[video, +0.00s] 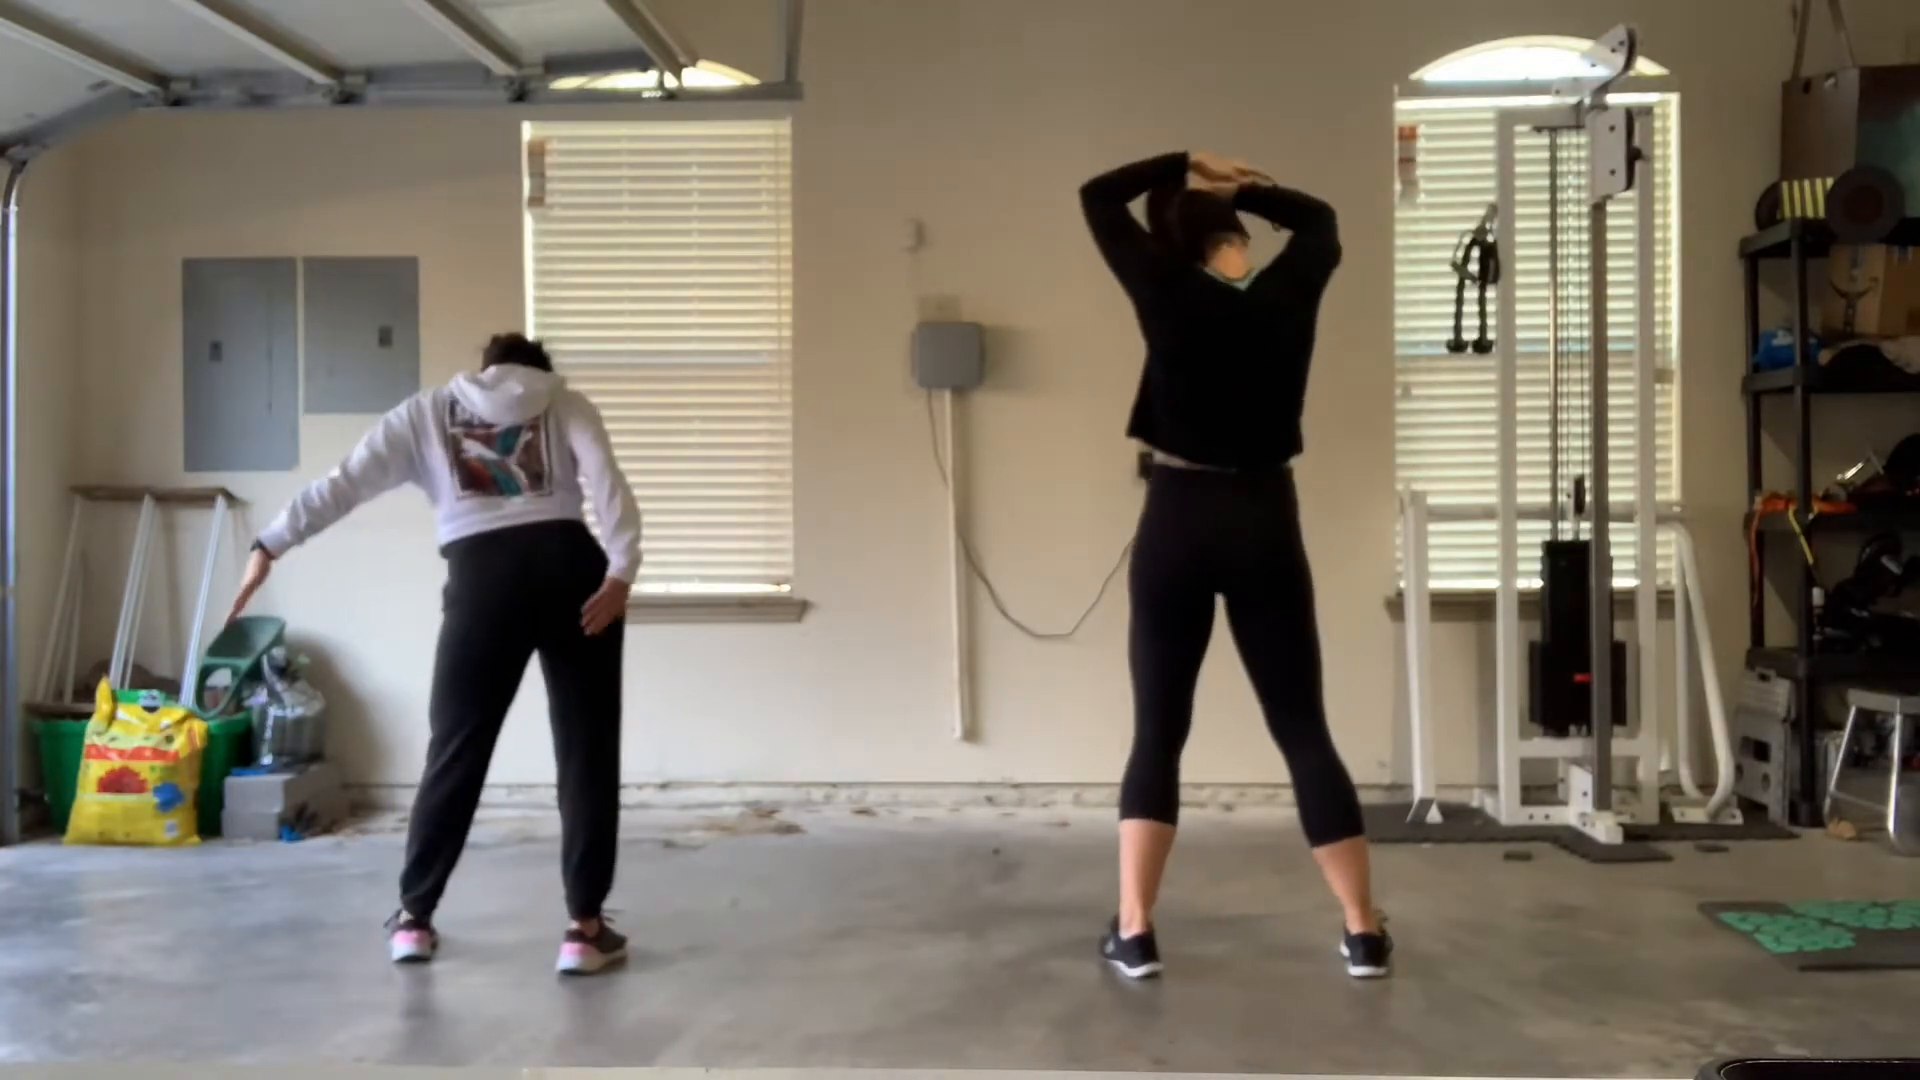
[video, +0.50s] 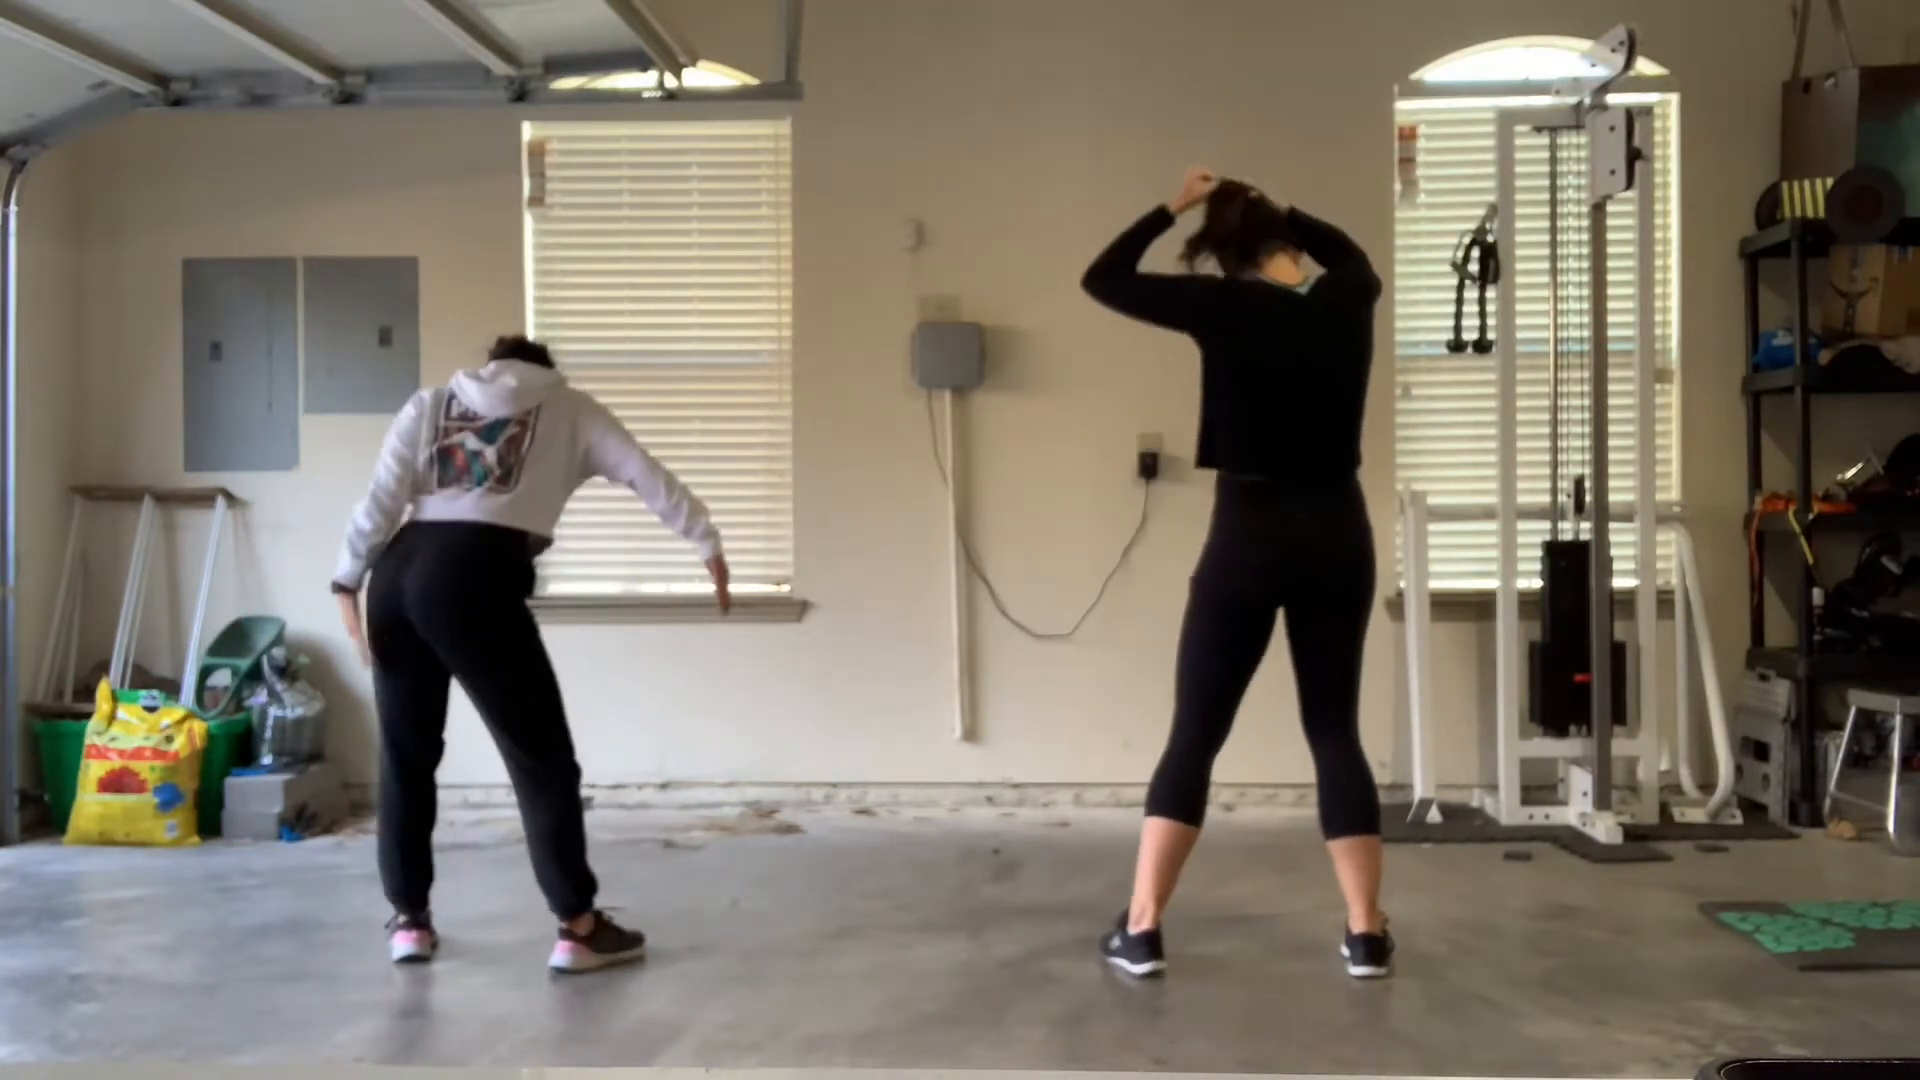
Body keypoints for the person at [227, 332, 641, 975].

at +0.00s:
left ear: (481, 369)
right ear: (541, 372)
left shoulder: (429, 409)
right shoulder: (567, 403)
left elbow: (347, 481)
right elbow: (604, 481)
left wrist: (268, 546)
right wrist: (621, 571)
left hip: (484, 575)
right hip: (573, 568)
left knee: (455, 751)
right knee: (588, 758)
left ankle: (414, 919)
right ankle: (585, 927)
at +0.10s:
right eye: (544, 372)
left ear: (481, 367)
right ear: (543, 369)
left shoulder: (431, 405)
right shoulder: (566, 401)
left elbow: (353, 477)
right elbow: (616, 476)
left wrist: (280, 544)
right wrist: (644, 569)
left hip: (468, 572)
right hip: (559, 568)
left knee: (447, 747)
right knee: (580, 750)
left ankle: (414, 920)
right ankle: (584, 925)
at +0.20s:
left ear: (481, 365)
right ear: (543, 369)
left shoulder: (433, 399)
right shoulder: (568, 401)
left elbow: (367, 471)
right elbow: (628, 467)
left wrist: (303, 539)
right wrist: (678, 550)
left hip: (442, 571)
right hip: (535, 569)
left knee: (430, 752)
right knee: (564, 752)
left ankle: (411, 920)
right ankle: (583, 926)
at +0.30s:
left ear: (483, 368)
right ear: (547, 372)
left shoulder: (433, 399)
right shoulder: (571, 407)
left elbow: (383, 472)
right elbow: (640, 466)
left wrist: (327, 551)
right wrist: (705, 540)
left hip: (418, 576)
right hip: (507, 577)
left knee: (413, 755)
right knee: (553, 756)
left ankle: (410, 920)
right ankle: (581, 925)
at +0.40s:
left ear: (486, 370)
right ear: (548, 374)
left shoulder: (431, 402)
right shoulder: (573, 408)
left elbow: (394, 488)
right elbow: (645, 469)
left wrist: (354, 579)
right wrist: (716, 540)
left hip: (401, 583)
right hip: (485, 585)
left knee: (402, 760)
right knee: (547, 759)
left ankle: (408, 921)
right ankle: (580, 926)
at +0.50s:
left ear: (489, 367)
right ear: (549, 373)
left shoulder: (432, 401)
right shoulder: (572, 406)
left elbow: (387, 491)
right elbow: (642, 471)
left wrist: (347, 576)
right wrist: (709, 545)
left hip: (395, 583)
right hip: (479, 583)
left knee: (405, 760)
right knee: (543, 758)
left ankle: (408, 921)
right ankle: (579, 925)